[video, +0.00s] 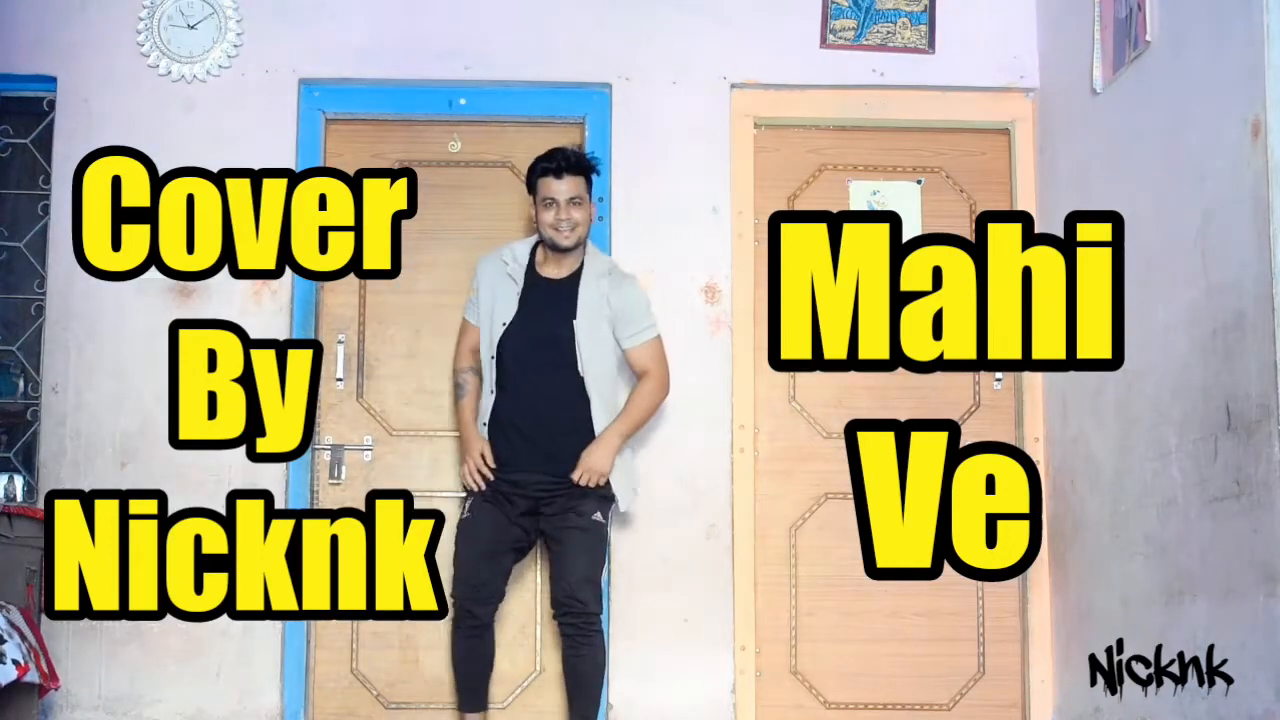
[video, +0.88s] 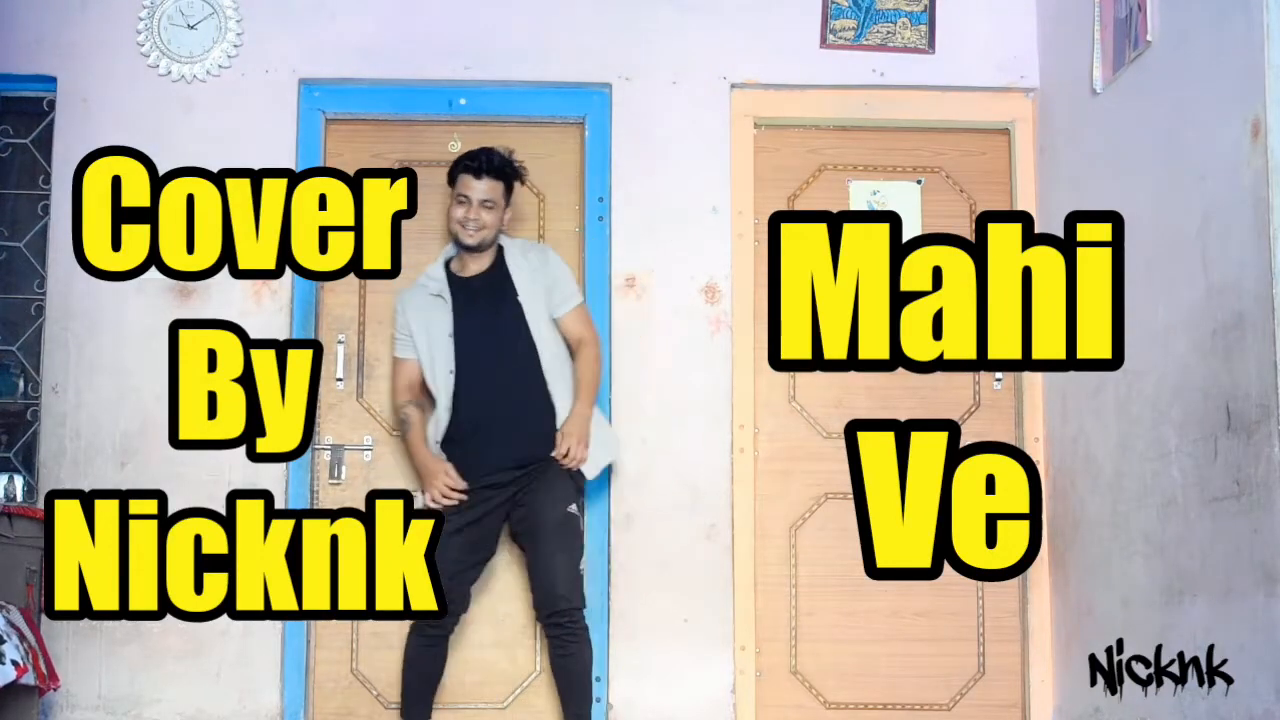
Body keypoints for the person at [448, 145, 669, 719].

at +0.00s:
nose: (563, 215)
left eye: (575, 202)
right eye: (550, 203)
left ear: (593, 209)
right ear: (534, 210)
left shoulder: (616, 285)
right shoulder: (496, 271)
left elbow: (655, 378)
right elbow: (469, 358)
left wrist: (610, 442)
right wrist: (469, 432)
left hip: (576, 487)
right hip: (500, 482)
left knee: (579, 615)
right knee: (470, 608)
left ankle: (585, 719)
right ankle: (472, 714)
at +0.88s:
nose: (472, 215)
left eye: (488, 205)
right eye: (464, 201)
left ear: (506, 212)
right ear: (450, 203)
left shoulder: (540, 264)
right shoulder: (418, 297)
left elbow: (586, 343)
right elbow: (409, 396)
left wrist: (580, 417)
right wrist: (425, 460)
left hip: (545, 469)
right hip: (464, 481)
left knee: (562, 611)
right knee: (432, 615)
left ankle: (580, 719)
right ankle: (413, 718)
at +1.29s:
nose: (433, 203)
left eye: (447, 194)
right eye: (423, 192)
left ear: (467, 206)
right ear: (410, 202)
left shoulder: (488, 271)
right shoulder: (377, 275)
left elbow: (516, 353)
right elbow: (335, 362)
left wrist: (520, 423)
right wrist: (367, 448)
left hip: (486, 474)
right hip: (409, 478)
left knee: (517, 595)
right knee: (405, 613)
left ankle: (501, 714)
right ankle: (404, 718)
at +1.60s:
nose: (427, 201)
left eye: (439, 191)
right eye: (416, 190)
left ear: (458, 201)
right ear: (398, 199)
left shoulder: (485, 271)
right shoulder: (372, 274)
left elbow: (559, 320)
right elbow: (360, 349)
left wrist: (601, 380)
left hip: (473, 472)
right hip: (395, 476)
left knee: (476, 611)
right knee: (393, 613)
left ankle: (473, 718)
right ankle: (387, 717)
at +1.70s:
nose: (424, 206)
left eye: (436, 195)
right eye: (414, 194)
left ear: (453, 204)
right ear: (394, 201)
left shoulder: (481, 267)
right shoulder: (369, 276)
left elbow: (549, 333)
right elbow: (380, 363)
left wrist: (559, 305)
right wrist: (456, 331)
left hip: (466, 474)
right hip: (388, 478)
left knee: (488, 594)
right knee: (383, 611)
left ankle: (470, 711)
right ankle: (384, 717)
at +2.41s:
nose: (466, 238)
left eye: (480, 230)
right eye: (457, 222)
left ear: (493, 237)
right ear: (436, 222)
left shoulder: (505, 285)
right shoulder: (407, 312)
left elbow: (572, 334)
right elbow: (420, 406)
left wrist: (557, 259)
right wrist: (479, 339)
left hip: (513, 490)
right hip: (435, 499)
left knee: (570, 585)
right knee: (417, 628)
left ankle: (544, 713)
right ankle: (404, 719)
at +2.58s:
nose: (485, 228)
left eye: (501, 220)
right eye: (477, 213)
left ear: (513, 226)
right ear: (457, 210)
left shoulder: (527, 272)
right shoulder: (426, 295)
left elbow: (598, 310)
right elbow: (449, 385)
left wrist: (629, 243)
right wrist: (538, 354)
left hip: (548, 484)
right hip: (468, 495)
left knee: (593, 601)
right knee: (437, 625)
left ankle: (600, 715)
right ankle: (412, 716)